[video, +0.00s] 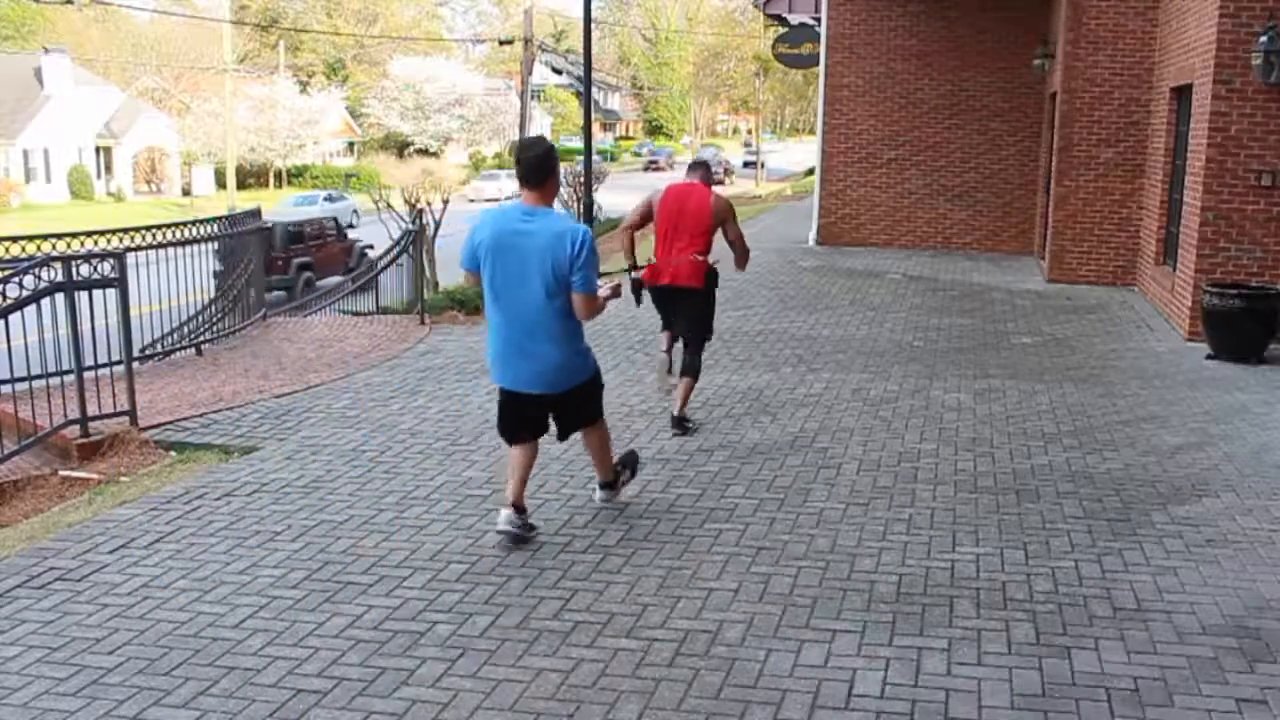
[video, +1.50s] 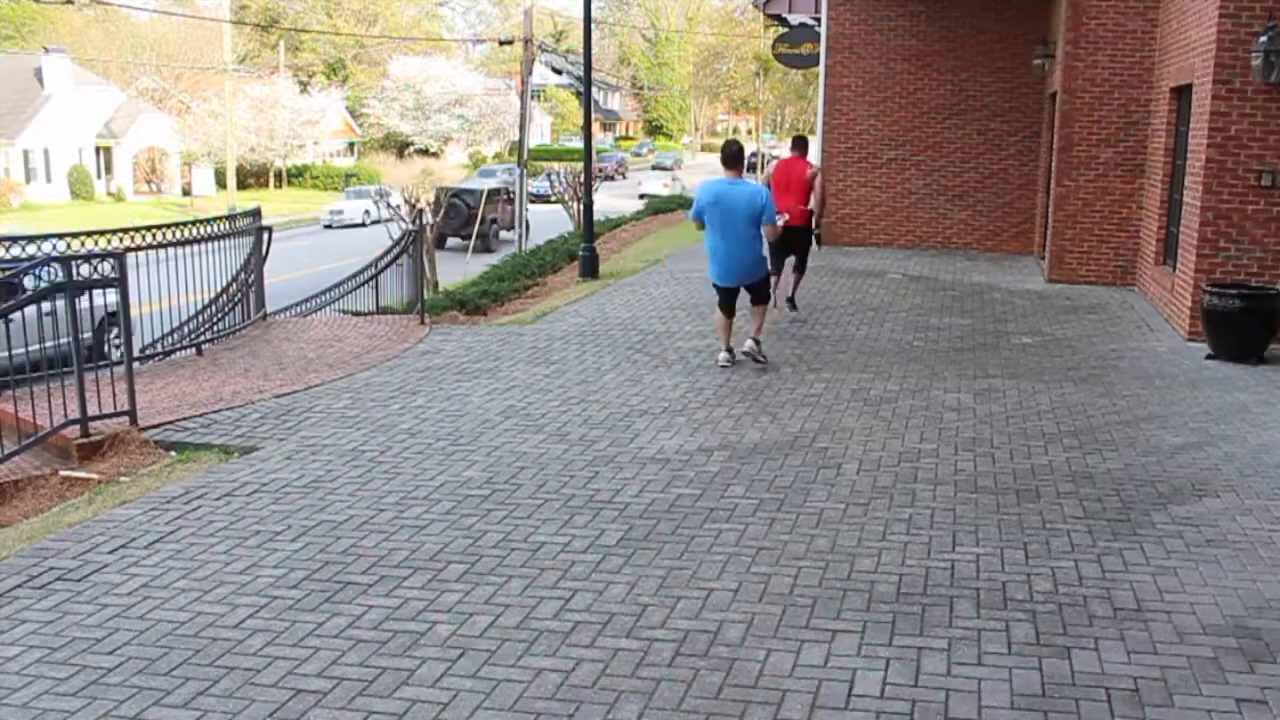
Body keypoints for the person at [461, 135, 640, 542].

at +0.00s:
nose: (561, 177)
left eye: (555, 171)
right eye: (559, 171)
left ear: (517, 177)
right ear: (556, 176)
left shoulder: (488, 222)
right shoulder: (574, 234)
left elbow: (470, 275)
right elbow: (585, 310)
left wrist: (514, 268)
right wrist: (605, 296)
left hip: (510, 362)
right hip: (564, 362)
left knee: (523, 437)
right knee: (590, 420)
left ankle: (512, 509)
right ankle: (608, 478)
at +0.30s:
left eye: (585, 168)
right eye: (613, 166)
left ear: (580, 170)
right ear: (615, 168)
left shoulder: (552, 213)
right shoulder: (635, 216)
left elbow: (542, 268)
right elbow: (650, 281)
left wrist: (574, 258)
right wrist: (667, 271)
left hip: (579, 331)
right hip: (624, 331)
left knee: (595, 395)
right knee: (634, 395)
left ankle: (610, 448)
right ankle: (620, 448)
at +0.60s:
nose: (659, 169)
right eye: (660, 164)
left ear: (630, 167)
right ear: (660, 167)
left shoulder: (605, 200)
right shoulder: (674, 211)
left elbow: (584, 246)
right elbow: (682, 269)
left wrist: (616, 243)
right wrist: (692, 255)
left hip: (621, 311)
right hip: (661, 313)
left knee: (627, 359)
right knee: (675, 369)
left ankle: (620, 405)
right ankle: (682, 418)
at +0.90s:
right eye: (689, 163)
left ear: (663, 165)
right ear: (691, 165)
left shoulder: (644, 199)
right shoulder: (706, 203)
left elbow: (632, 239)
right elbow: (719, 254)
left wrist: (658, 234)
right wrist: (732, 246)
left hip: (660, 293)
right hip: (696, 293)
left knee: (667, 347)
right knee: (704, 335)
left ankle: (669, 391)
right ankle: (691, 376)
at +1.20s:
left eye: (706, 162)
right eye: (724, 162)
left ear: (702, 164)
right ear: (727, 164)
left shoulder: (684, 191)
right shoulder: (741, 199)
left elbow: (665, 225)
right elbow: (747, 244)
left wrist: (688, 216)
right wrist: (748, 226)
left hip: (693, 277)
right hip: (726, 279)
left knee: (691, 314)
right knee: (734, 327)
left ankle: (684, 353)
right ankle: (738, 371)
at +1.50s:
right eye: (742, 159)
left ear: (721, 162)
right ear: (744, 162)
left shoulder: (707, 190)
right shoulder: (759, 193)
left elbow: (698, 223)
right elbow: (771, 234)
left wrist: (718, 216)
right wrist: (779, 226)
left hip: (721, 266)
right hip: (752, 265)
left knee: (725, 308)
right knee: (760, 298)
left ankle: (725, 350)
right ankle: (753, 338)